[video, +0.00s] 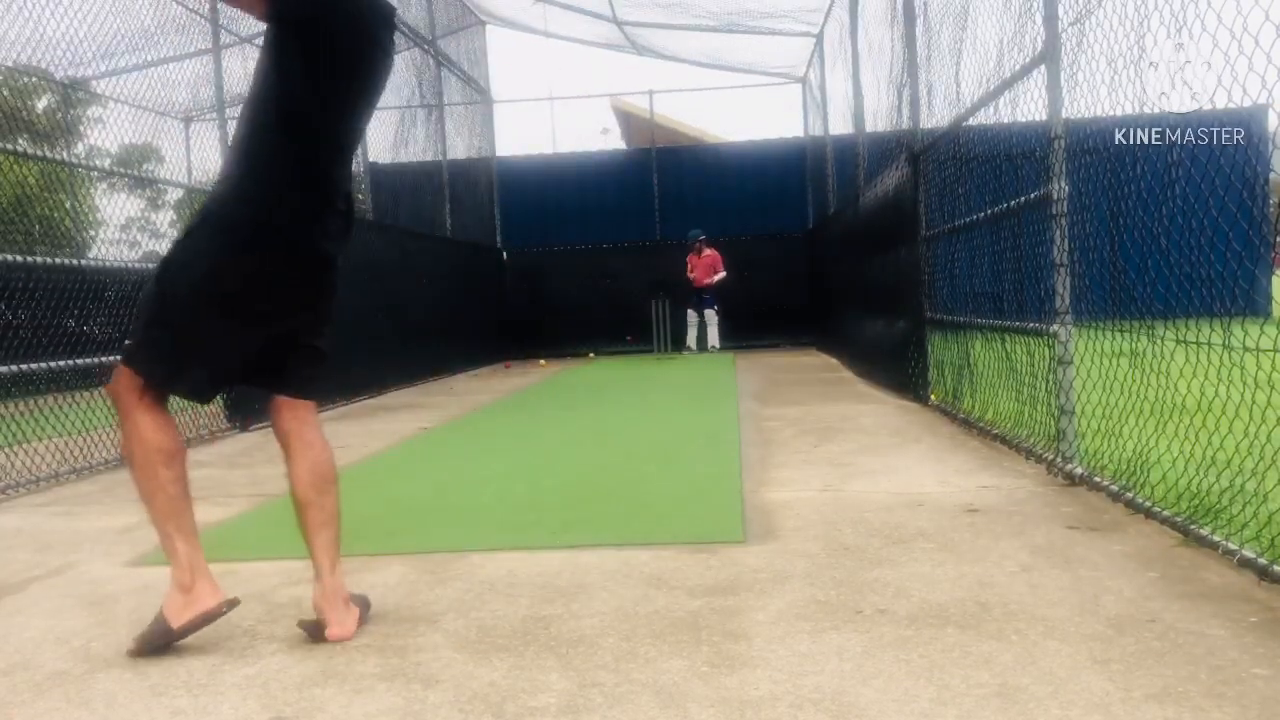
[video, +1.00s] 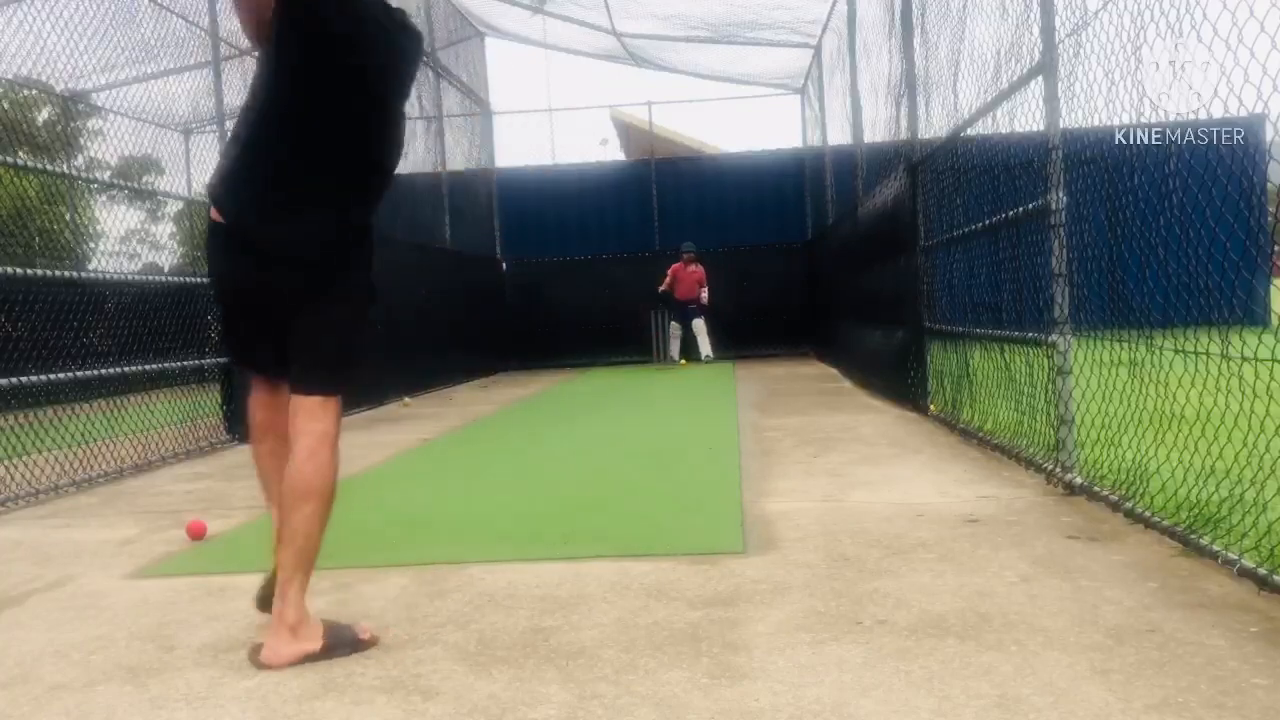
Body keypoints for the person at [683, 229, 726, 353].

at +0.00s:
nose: (694, 246)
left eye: (695, 243)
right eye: (692, 244)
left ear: (702, 242)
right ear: (691, 244)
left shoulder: (713, 254)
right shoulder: (690, 257)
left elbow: (722, 272)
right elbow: (688, 272)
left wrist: (713, 279)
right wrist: (692, 276)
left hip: (708, 288)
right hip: (696, 288)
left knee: (710, 314)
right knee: (691, 314)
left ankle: (713, 345)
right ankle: (691, 346)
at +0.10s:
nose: (693, 247)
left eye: (695, 244)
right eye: (692, 244)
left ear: (702, 242)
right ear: (693, 244)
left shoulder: (714, 254)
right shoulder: (693, 257)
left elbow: (723, 272)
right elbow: (691, 272)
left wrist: (713, 279)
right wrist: (694, 277)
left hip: (709, 288)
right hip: (697, 288)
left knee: (710, 314)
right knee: (693, 314)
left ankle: (713, 345)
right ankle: (691, 345)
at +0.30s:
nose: (718, 274)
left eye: (720, 272)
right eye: (716, 271)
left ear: (721, 273)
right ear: (710, 270)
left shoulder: (715, 281)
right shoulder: (702, 282)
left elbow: (713, 293)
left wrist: (714, 301)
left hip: (702, 303)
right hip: (690, 304)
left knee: (703, 328)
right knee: (689, 329)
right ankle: (685, 356)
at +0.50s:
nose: (714, 268)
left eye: (716, 265)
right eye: (712, 265)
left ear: (718, 266)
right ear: (707, 264)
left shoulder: (716, 275)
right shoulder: (699, 275)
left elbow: (716, 288)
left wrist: (719, 298)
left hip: (702, 302)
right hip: (689, 302)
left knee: (705, 326)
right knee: (680, 326)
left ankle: (707, 356)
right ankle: (673, 350)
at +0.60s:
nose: (711, 263)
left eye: (713, 261)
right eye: (709, 260)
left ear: (716, 262)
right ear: (704, 260)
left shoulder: (715, 275)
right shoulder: (695, 271)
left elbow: (718, 292)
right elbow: (687, 290)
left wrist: (721, 305)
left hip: (703, 304)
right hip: (689, 302)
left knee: (704, 325)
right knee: (678, 324)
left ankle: (707, 356)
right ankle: (674, 352)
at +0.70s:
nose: (707, 260)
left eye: (709, 257)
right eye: (704, 257)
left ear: (712, 259)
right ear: (700, 258)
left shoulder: (713, 274)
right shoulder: (690, 269)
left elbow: (716, 292)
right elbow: (681, 280)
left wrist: (719, 303)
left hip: (700, 303)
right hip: (685, 301)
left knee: (704, 326)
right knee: (678, 326)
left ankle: (707, 356)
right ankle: (674, 354)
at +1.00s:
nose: (689, 256)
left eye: (691, 253)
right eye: (686, 253)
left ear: (695, 254)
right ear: (682, 255)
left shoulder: (699, 268)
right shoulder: (675, 268)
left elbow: (703, 286)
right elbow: (667, 282)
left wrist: (704, 297)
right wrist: (662, 289)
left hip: (693, 303)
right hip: (678, 303)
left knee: (699, 326)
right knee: (675, 329)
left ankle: (706, 355)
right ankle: (674, 357)